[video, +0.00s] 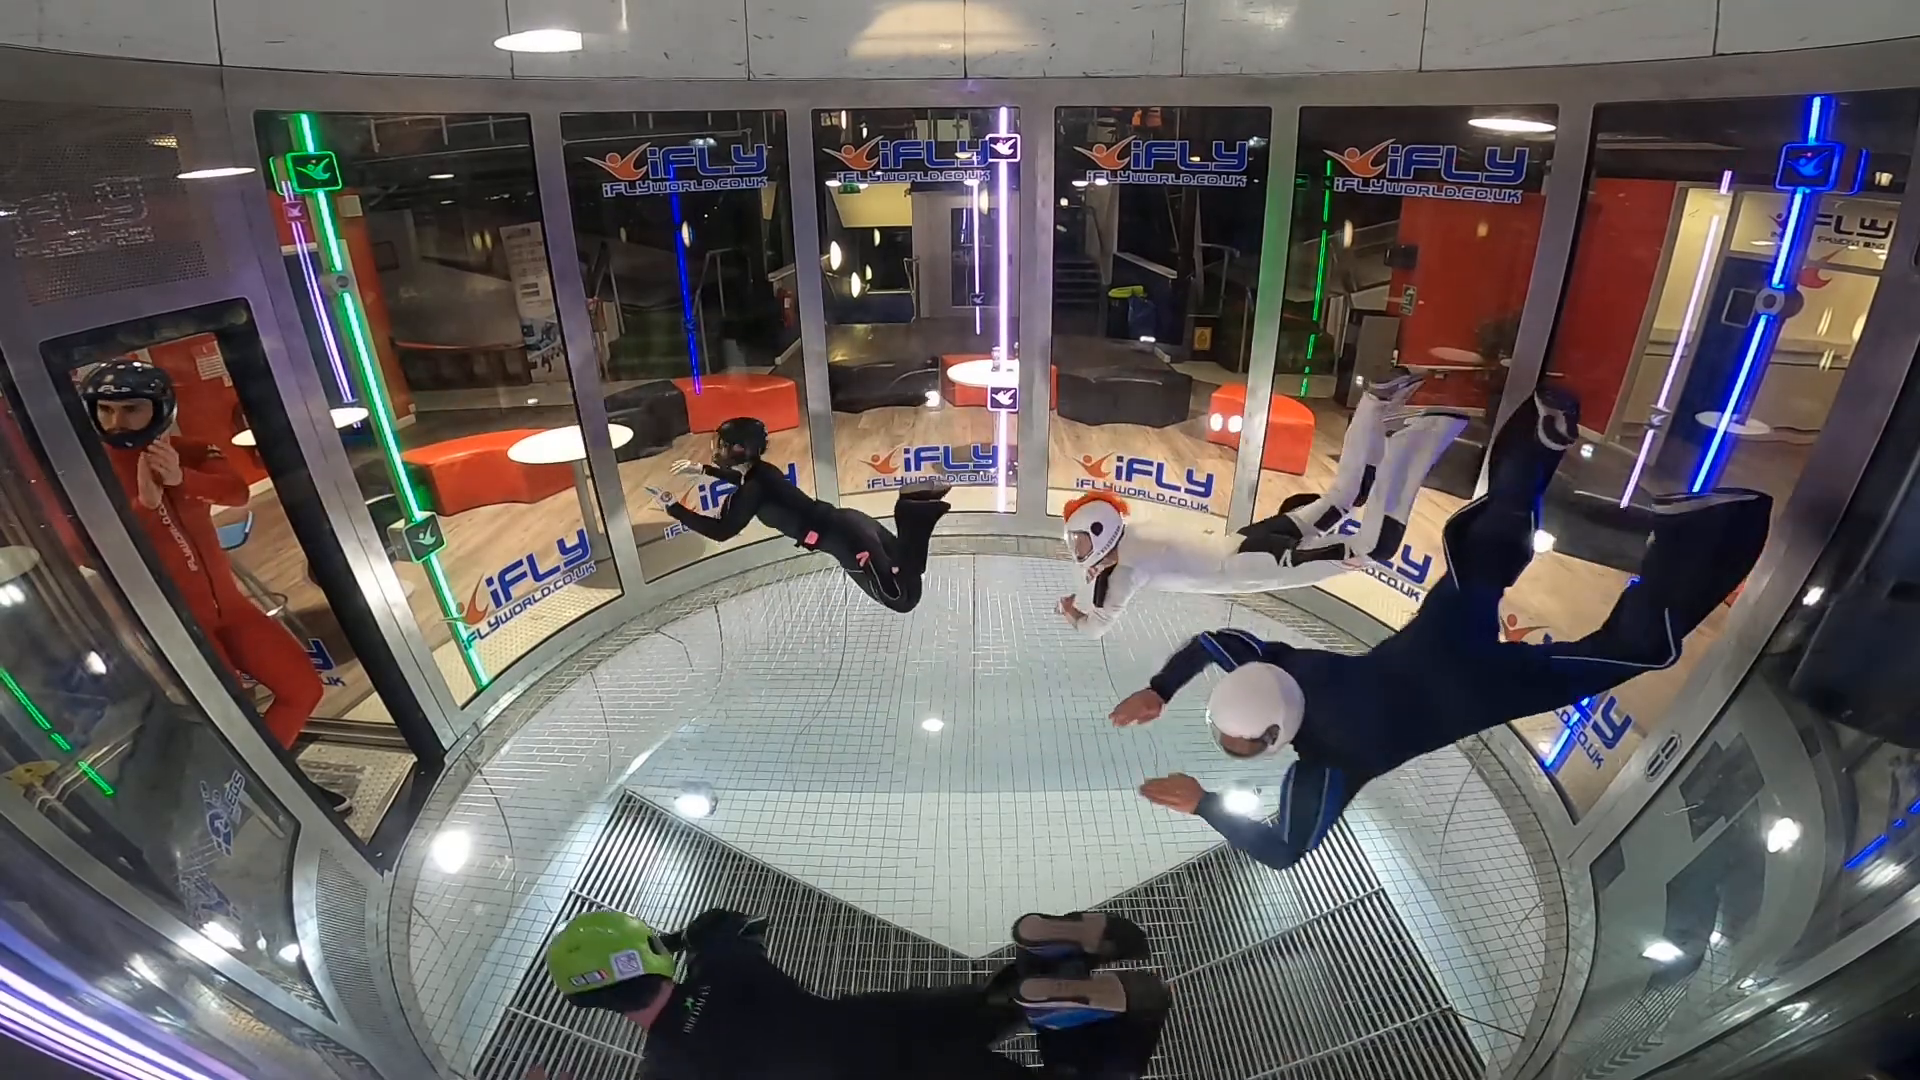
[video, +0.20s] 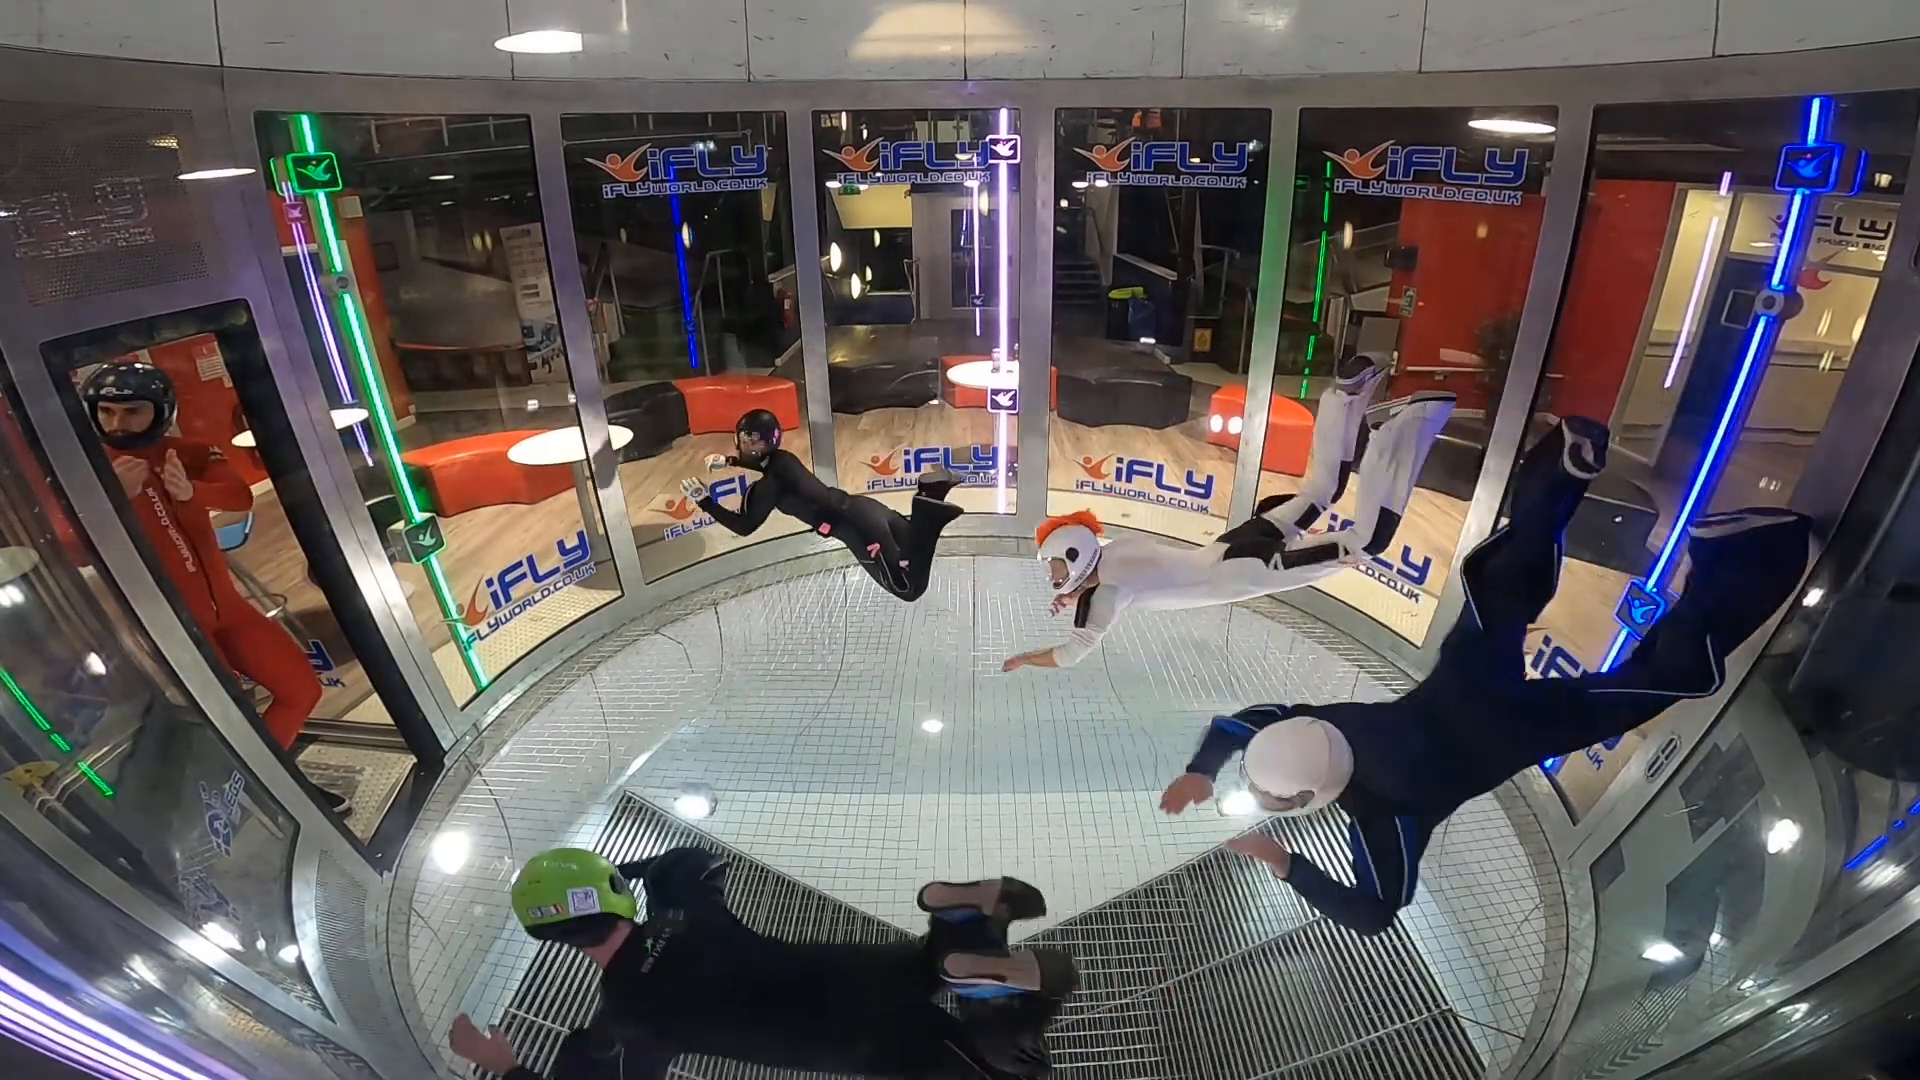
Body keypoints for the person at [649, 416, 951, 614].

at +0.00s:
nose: (717, 451)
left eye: (723, 446)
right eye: (719, 445)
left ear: (740, 452)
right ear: (749, 451)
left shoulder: (756, 484)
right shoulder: (759, 470)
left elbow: (723, 530)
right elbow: (734, 474)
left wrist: (677, 511)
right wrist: (705, 469)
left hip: (841, 535)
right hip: (844, 524)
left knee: (901, 598)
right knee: (902, 579)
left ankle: (915, 519)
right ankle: (913, 514)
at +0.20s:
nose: (739, 443)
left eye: (743, 437)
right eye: (739, 437)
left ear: (758, 442)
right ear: (770, 438)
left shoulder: (772, 479)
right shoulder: (781, 457)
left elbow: (744, 525)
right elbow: (758, 466)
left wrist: (706, 501)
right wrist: (730, 461)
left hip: (856, 525)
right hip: (862, 508)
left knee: (908, 588)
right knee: (916, 549)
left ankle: (927, 511)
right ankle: (933, 496)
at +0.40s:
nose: (767, 446)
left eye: (772, 440)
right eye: (766, 440)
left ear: (788, 442)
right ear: (787, 440)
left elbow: (773, 525)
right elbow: (787, 471)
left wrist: (734, 517)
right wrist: (763, 466)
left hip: (880, 515)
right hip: (884, 493)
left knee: (937, 574)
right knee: (942, 517)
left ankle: (954, 511)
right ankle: (946, 476)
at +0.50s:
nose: (785, 450)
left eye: (791, 444)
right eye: (782, 444)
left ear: (807, 443)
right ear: (787, 443)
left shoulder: (806, 484)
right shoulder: (817, 458)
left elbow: (787, 526)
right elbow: (796, 473)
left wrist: (745, 515)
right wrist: (769, 472)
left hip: (894, 514)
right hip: (898, 493)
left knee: (934, 553)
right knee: (953, 500)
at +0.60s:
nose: (800, 453)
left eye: (804, 447)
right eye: (799, 447)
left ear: (818, 448)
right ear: (810, 447)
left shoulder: (826, 482)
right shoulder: (834, 462)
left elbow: (806, 526)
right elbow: (812, 474)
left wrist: (765, 511)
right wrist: (789, 475)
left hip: (906, 509)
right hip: (908, 490)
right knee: (962, 493)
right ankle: (964, 452)